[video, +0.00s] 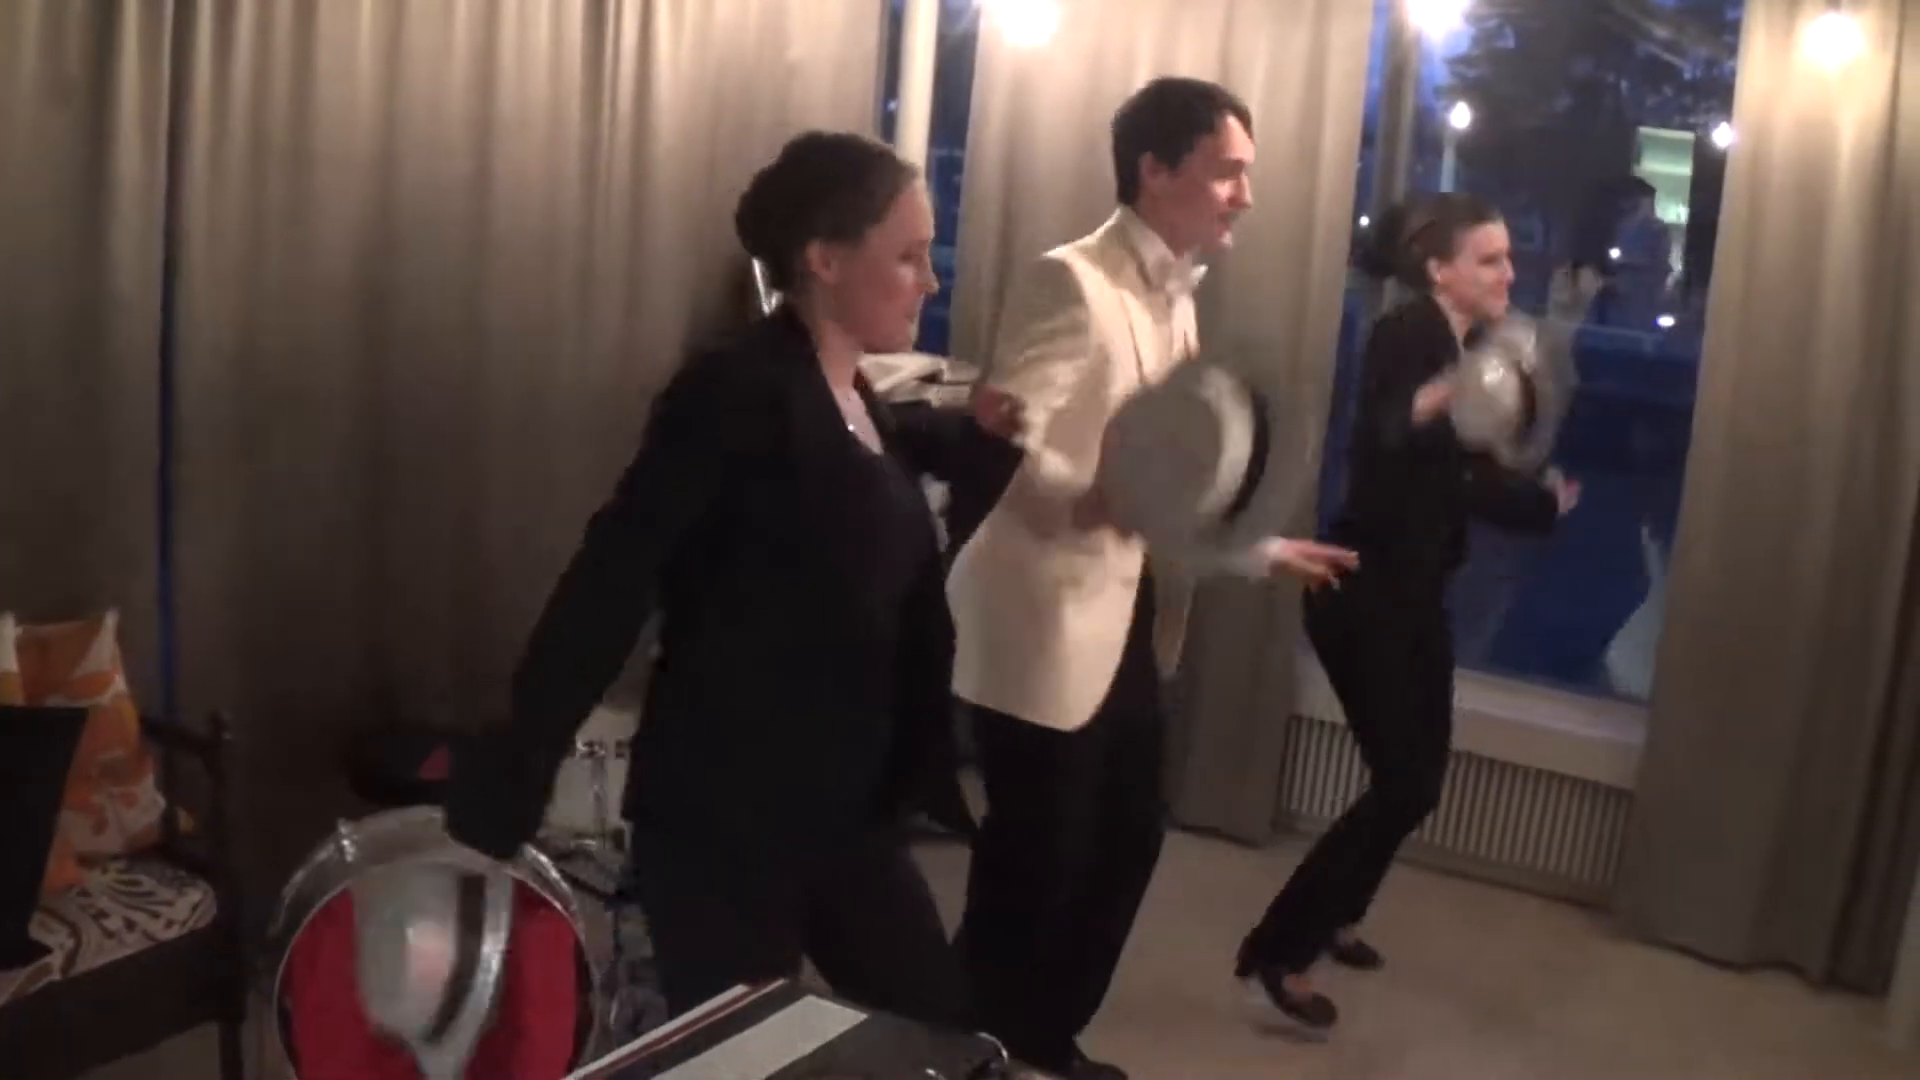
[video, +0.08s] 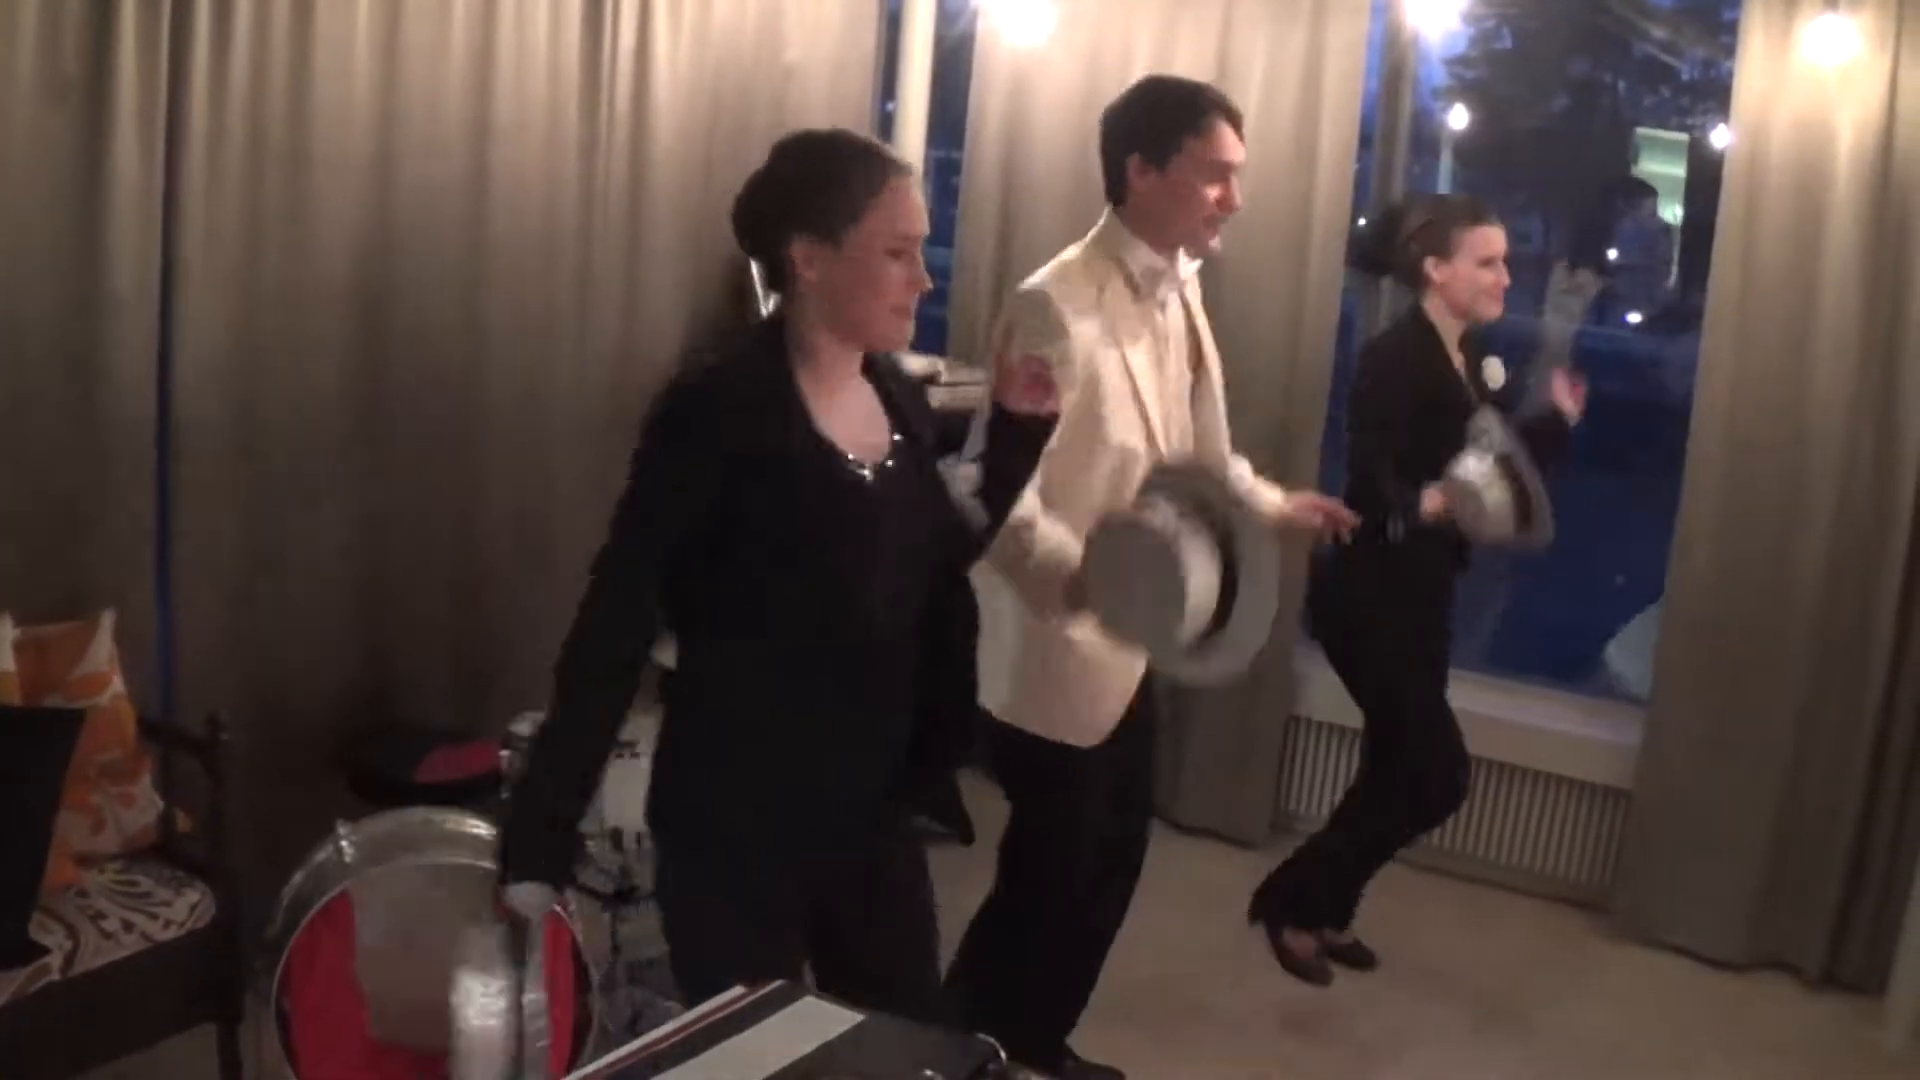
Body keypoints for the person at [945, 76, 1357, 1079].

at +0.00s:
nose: (1243, 196)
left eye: (1246, 174)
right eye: (1226, 173)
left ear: (1186, 178)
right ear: (1151, 172)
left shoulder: (1174, 293)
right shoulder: (1067, 283)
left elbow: (1154, 488)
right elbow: (1000, 453)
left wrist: (1258, 549)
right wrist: (1097, 503)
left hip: (1121, 613)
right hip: (1037, 616)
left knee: (1127, 834)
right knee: (1037, 843)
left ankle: (1047, 1039)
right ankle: (983, 1039)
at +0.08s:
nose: (1231, 200)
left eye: (1236, 178)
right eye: (1214, 175)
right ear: (1139, 172)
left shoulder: (1179, 291)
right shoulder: (1051, 302)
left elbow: (1199, 451)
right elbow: (991, 481)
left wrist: (1282, 505)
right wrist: (1070, 582)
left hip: (1134, 639)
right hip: (1053, 645)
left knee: (1114, 854)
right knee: (1053, 861)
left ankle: (1039, 1037)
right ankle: (968, 1031)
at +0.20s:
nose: (1219, 209)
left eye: (1222, 187)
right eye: (1199, 187)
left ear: (1149, 193)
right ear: (1121, 189)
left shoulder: (1168, 289)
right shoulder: (1045, 326)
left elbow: (1203, 410)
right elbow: (985, 506)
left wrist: (1303, 442)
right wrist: (1052, 640)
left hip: (1129, 634)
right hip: (1050, 646)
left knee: (1107, 840)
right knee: (1082, 846)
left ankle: (1031, 1031)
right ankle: (973, 1024)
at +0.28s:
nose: (1208, 200)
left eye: (1211, 178)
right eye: (1186, 177)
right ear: (1110, 179)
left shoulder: (1159, 281)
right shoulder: (1036, 336)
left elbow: (1201, 382)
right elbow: (979, 519)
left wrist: (1315, 408)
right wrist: (1050, 665)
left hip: (1127, 622)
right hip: (1057, 643)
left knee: (1089, 852)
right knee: (1072, 856)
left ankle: (1029, 1034)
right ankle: (966, 1034)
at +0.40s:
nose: (1207, 191)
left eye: (1210, 169)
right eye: (1186, 166)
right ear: (1108, 168)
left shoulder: (1151, 281)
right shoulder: (1030, 329)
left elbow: (1191, 388)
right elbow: (992, 539)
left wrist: (1312, 408)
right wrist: (1068, 671)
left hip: (1122, 673)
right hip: (1043, 686)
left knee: (1094, 877)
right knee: (1033, 888)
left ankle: (1034, 1037)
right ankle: (961, 1045)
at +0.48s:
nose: (1214, 186)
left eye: (1218, 164)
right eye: (1197, 161)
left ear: (1140, 165)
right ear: (1119, 160)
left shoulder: (1142, 284)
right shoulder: (1032, 308)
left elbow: (1176, 432)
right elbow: (995, 520)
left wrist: (1285, 448)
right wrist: (1092, 661)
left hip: (1126, 666)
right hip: (1041, 675)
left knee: (1133, 851)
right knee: (1028, 870)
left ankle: (1046, 1030)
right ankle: (959, 1039)